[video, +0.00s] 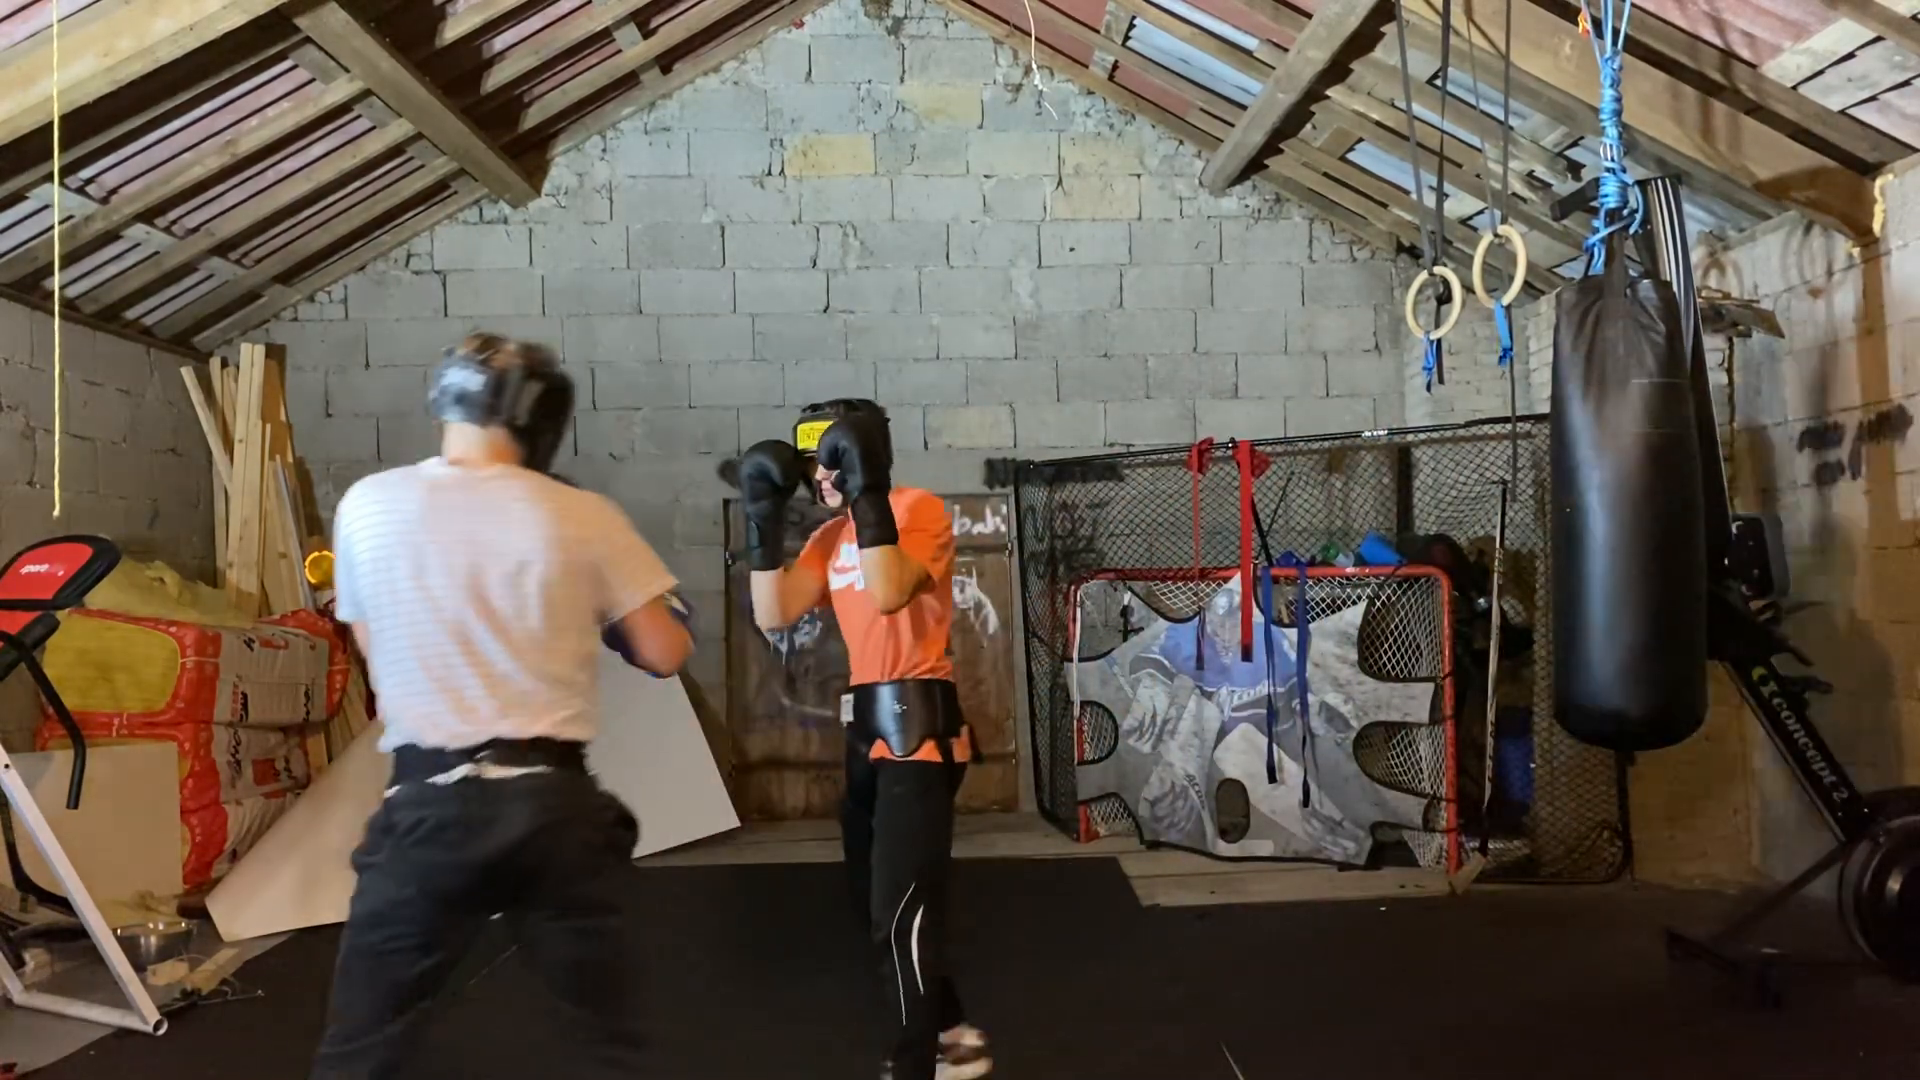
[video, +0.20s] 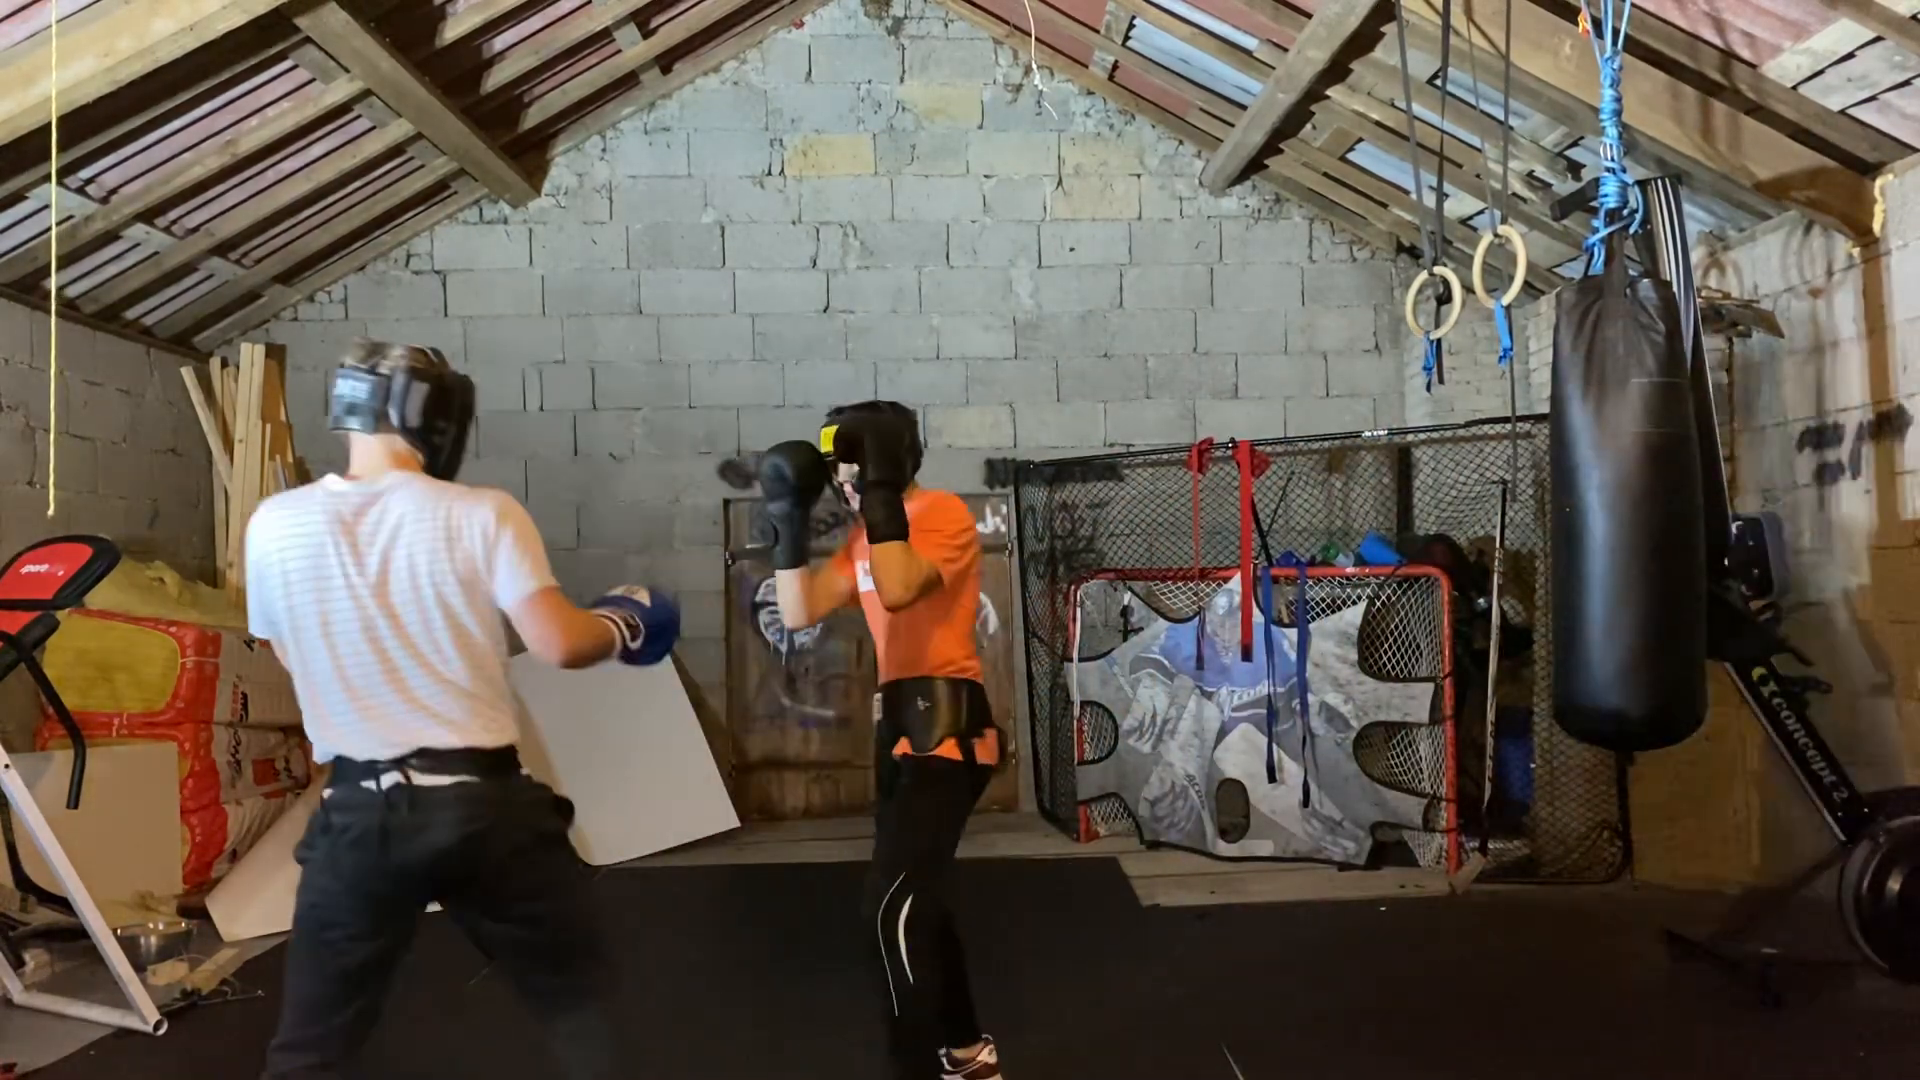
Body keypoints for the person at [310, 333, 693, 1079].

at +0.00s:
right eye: (549, 420)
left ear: (446, 409)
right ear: (544, 422)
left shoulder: (365, 506)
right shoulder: (581, 517)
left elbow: (365, 638)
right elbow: (663, 652)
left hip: (425, 825)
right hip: (556, 816)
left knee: (355, 1056)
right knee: (615, 1048)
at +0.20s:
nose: (457, 436)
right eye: (452, 422)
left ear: (348, 416)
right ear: (444, 427)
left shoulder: (273, 527)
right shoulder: (483, 517)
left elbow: (290, 655)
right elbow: (562, 643)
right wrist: (623, 621)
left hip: (359, 827)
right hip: (488, 814)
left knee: (308, 1050)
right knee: (579, 1015)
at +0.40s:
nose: (433, 434)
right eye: (429, 420)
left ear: (325, 420)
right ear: (419, 426)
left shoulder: (257, 529)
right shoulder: (454, 509)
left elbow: (298, 639)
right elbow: (532, 626)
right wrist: (607, 598)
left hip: (336, 813)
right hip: (458, 799)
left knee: (299, 1040)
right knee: (535, 1019)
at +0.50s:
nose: (453, 453)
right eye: (449, 439)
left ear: (348, 436)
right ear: (435, 444)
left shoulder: (277, 541)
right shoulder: (466, 527)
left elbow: (357, 606)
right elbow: (542, 643)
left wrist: (458, 528)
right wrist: (617, 618)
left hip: (340, 820)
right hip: (459, 813)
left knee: (301, 1038)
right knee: (535, 1024)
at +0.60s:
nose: (488, 466)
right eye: (484, 452)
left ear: (389, 442)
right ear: (474, 454)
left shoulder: (312, 540)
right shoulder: (493, 540)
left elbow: (391, 638)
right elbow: (575, 650)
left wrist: (515, 616)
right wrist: (643, 634)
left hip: (359, 815)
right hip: (474, 809)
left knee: (310, 1037)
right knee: (573, 978)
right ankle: (599, 1069)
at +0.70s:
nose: (549, 470)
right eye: (544, 458)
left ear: (448, 454)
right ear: (531, 464)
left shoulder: (375, 536)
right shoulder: (550, 540)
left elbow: (383, 627)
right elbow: (664, 591)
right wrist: (721, 576)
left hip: (384, 805)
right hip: (499, 805)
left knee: (327, 1023)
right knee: (598, 973)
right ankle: (631, 1072)